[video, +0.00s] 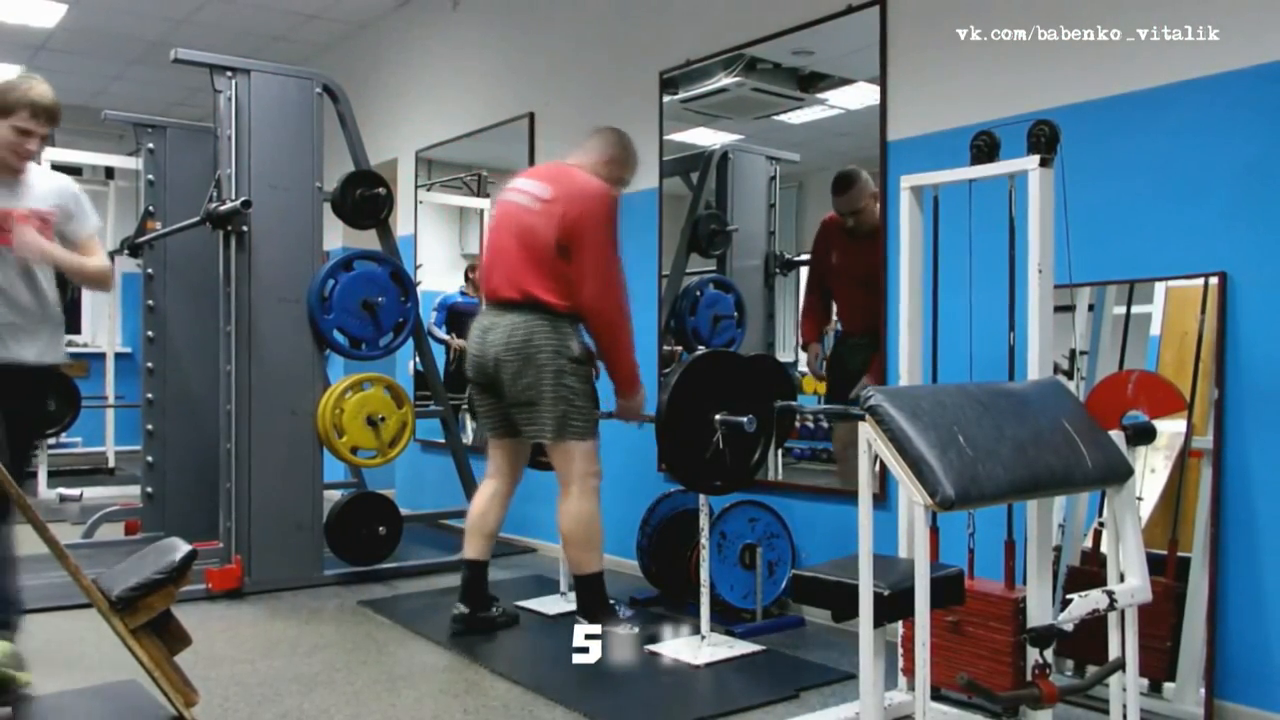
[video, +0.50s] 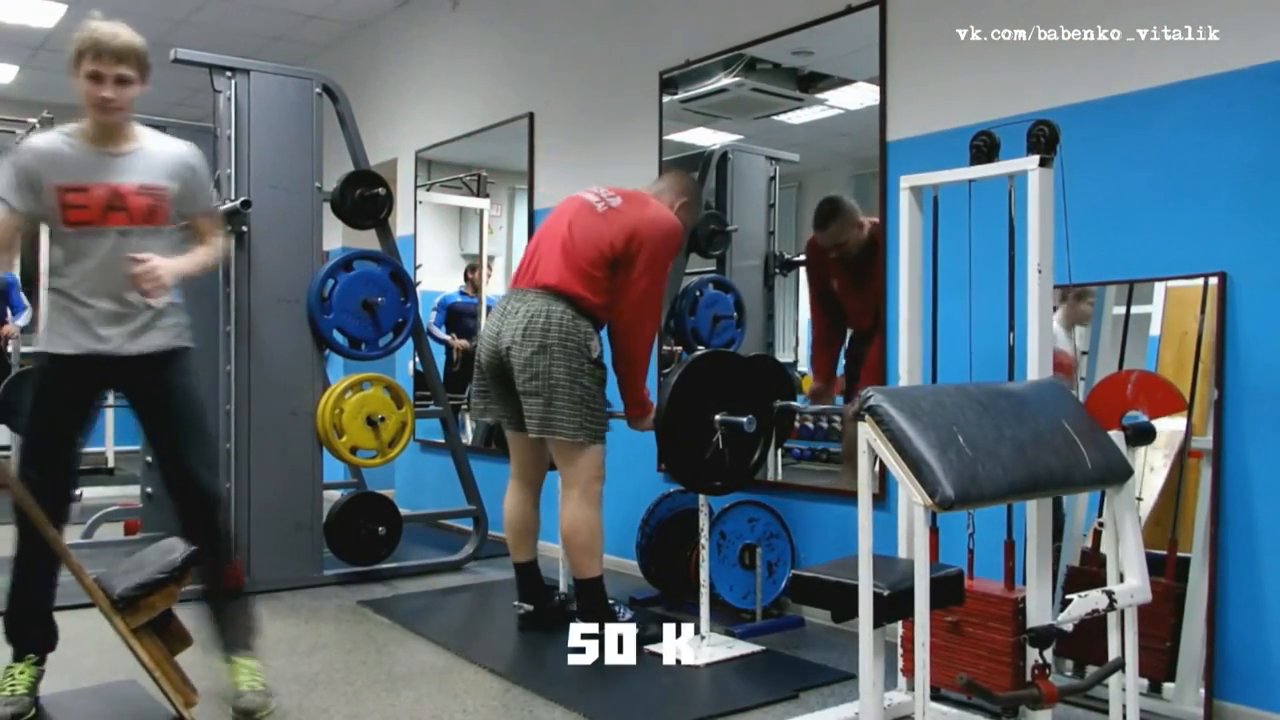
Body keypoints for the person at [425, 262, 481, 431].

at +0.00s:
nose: (485, 277)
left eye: (485, 272)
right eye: (481, 272)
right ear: (470, 274)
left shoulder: (487, 302)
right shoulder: (448, 300)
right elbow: (432, 326)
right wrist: (449, 340)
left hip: (480, 360)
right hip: (457, 360)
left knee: (480, 408)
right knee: (452, 406)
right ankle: (452, 446)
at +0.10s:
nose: (489, 277)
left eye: (490, 274)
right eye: (485, 273)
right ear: (470, 274)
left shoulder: (489, 302)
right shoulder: (448, 300)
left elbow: (498, 329)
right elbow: (432, 326)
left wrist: (482, 344)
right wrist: (449, 340)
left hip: (482, 361)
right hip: (458, 360)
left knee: (480, 409)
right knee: (451, 408)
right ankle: (452, 448)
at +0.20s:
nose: (488, 279)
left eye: (489, 275)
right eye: (485, 274)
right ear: (470, 273)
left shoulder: (491, 304)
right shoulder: (448, 300)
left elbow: (499, 330)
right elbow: (432, 327)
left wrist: (484, 344)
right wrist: (449, 340)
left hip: (482, 363)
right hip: (457, 362)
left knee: (482, 412)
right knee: (450, 412)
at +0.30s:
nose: (488, 279)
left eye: (489, 275)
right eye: (485, 274)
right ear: (470, 273)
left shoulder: (491, 304)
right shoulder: (448, 300)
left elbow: (499, 330)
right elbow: (432, 327)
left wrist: (485, 344)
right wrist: (449, 341)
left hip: (482, 363)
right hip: (457, 363)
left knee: (482, 412)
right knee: (450, 411)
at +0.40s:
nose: (487, 280)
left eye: (489, 276)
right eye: (485, 275)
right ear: (470, 273)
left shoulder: (491, 304)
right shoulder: (448, 300)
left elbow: (499, 331)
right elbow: (432, 326)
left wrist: (483, 343)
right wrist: (450, 341)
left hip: (482, 364)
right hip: (457, 364)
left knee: (483, 412)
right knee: (450, 410)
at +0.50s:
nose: (487, 280)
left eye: (489, 276)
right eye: (484, 275)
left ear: (489, 278)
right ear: (470, 274)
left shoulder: (491, 304)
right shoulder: (448, 300)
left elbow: (498, 332)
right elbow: (431, 326)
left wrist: (480, 343)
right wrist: (450, 341)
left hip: (482, 365)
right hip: (456, 365)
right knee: (450, 410)